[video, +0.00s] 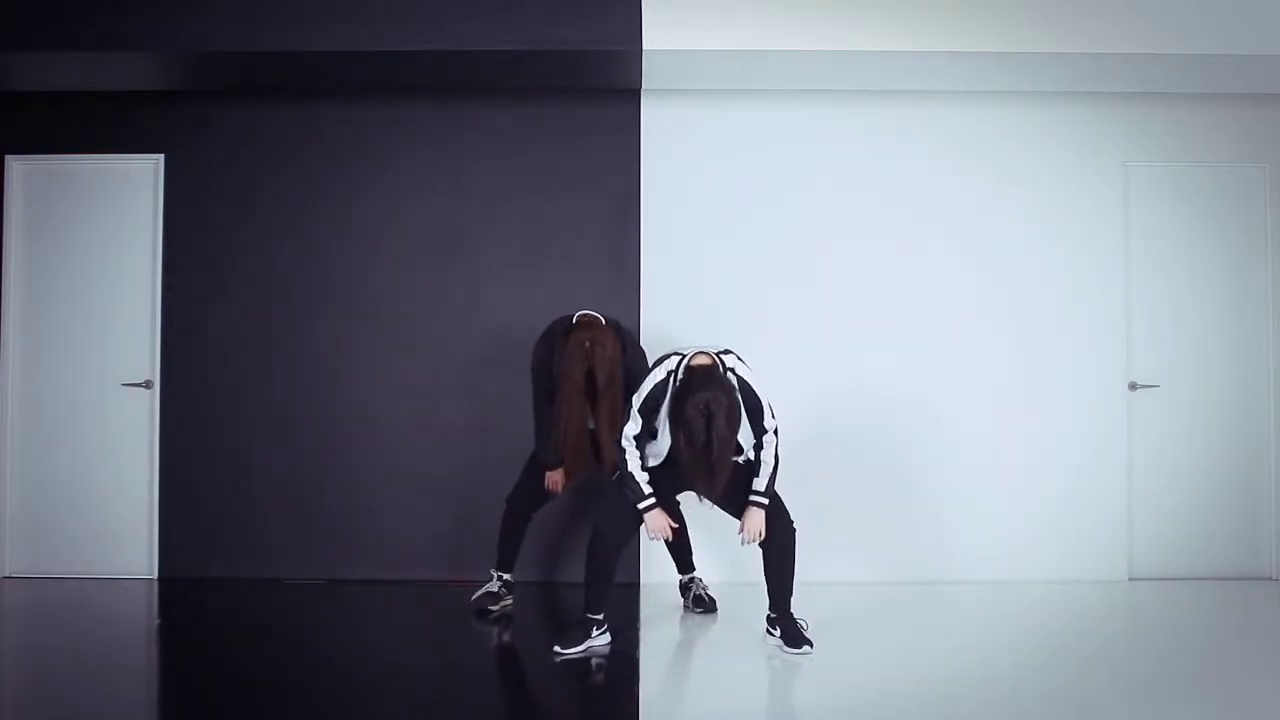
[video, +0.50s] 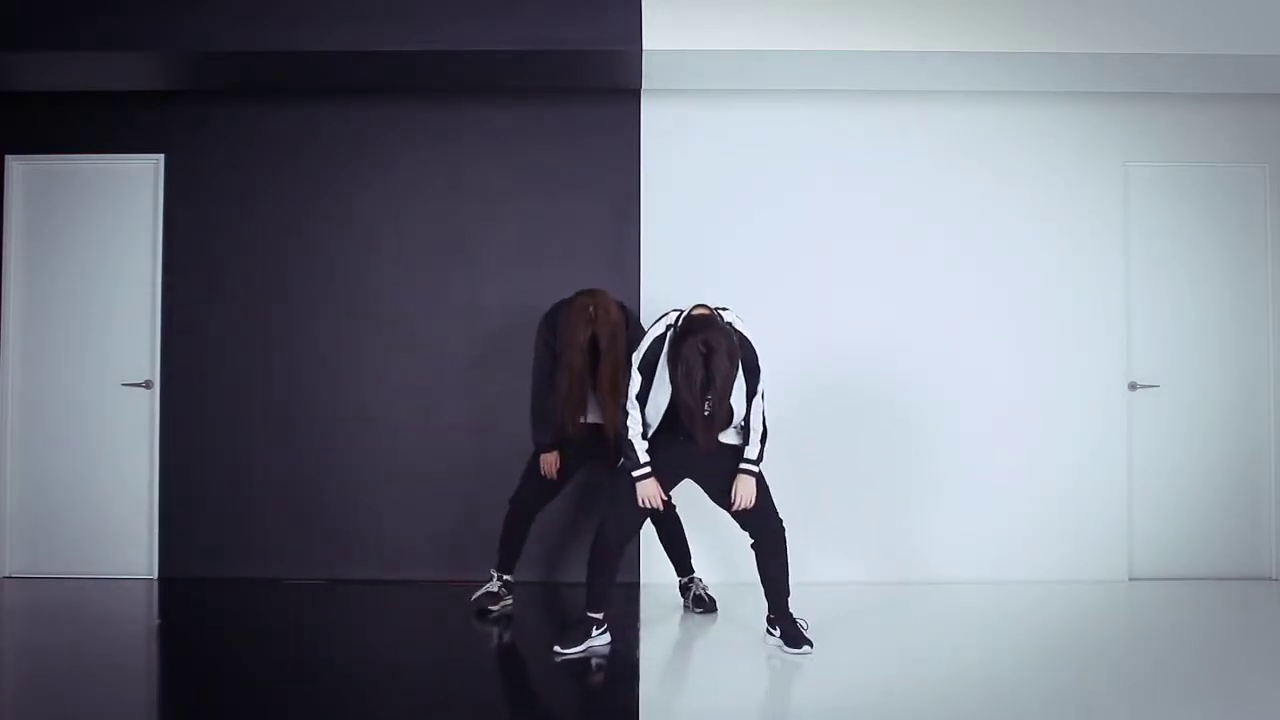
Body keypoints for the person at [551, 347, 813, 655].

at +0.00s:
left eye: (716, 434)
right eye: (700, 436)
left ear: (727, 400)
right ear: (683, 403)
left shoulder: (739, 379)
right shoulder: (661, 380)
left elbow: (768, 435)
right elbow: (628, 441)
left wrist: (757, 503)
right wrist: (649, 506)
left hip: (721, 463)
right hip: (663, 464)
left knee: (781, 526)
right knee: (609, 529)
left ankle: (780, 616)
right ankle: (596, 623)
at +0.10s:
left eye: (716, 420)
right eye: (700, 420)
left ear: (726, 388)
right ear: (682, 390)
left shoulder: (739, 368)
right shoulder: (662, 370)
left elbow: (766, 426)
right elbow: (631, 432)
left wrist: (756, 495)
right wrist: (647, 499)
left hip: (721, 461)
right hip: (663, 461)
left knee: (779, 526)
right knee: (609, 525)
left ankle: (780, 617)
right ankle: (595, 621)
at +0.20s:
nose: (710, 421)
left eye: (717, 415)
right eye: (702, 416)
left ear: (728, 379)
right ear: (683, 381)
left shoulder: (740, 359)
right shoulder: (664, 358)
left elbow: (764, 417)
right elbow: (631, 421)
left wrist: (755, 488)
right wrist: (647, 492)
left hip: (722, 457)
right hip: (665, 457)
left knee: (777, 527)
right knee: (612, 523)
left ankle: (780, 617)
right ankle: (595, 623)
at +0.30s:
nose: (709, 411)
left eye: (717, 404)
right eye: (701, 404)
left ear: (728, 365)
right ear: (684, 367)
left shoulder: (740, 351)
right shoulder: (663, 350)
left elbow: (761, 413)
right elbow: (632, 415)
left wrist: (753, 481)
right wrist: (645, 484)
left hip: (722, 454)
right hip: (666, 454)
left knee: (773, 526)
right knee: (613, 521)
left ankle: (780, 616)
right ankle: (595, 621)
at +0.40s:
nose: (708, 400)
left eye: (716, 391)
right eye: (700, 391)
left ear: (728, 359)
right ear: (684, 360)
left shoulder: (742, 351)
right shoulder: (661, 344)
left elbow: (758, 413)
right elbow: (631, 408)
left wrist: (751, 475)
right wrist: (643, 477)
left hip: (722, 453)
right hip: (664, 452)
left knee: (772, 529)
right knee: (612, 525)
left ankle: (780, 617)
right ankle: (596, 622)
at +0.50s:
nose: (707, 390)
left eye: (715, 382)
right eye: (699, 382)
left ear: (728, 352)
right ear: (682, 354)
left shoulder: (743, 347)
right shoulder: (657, 340)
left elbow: (756, 409)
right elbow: (632, 402)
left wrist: (749, 469)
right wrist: (642, 471)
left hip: (721, 450)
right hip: (664, 448)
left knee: (769, 529)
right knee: (613, 529)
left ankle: (780, 617)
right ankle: (596, 621)